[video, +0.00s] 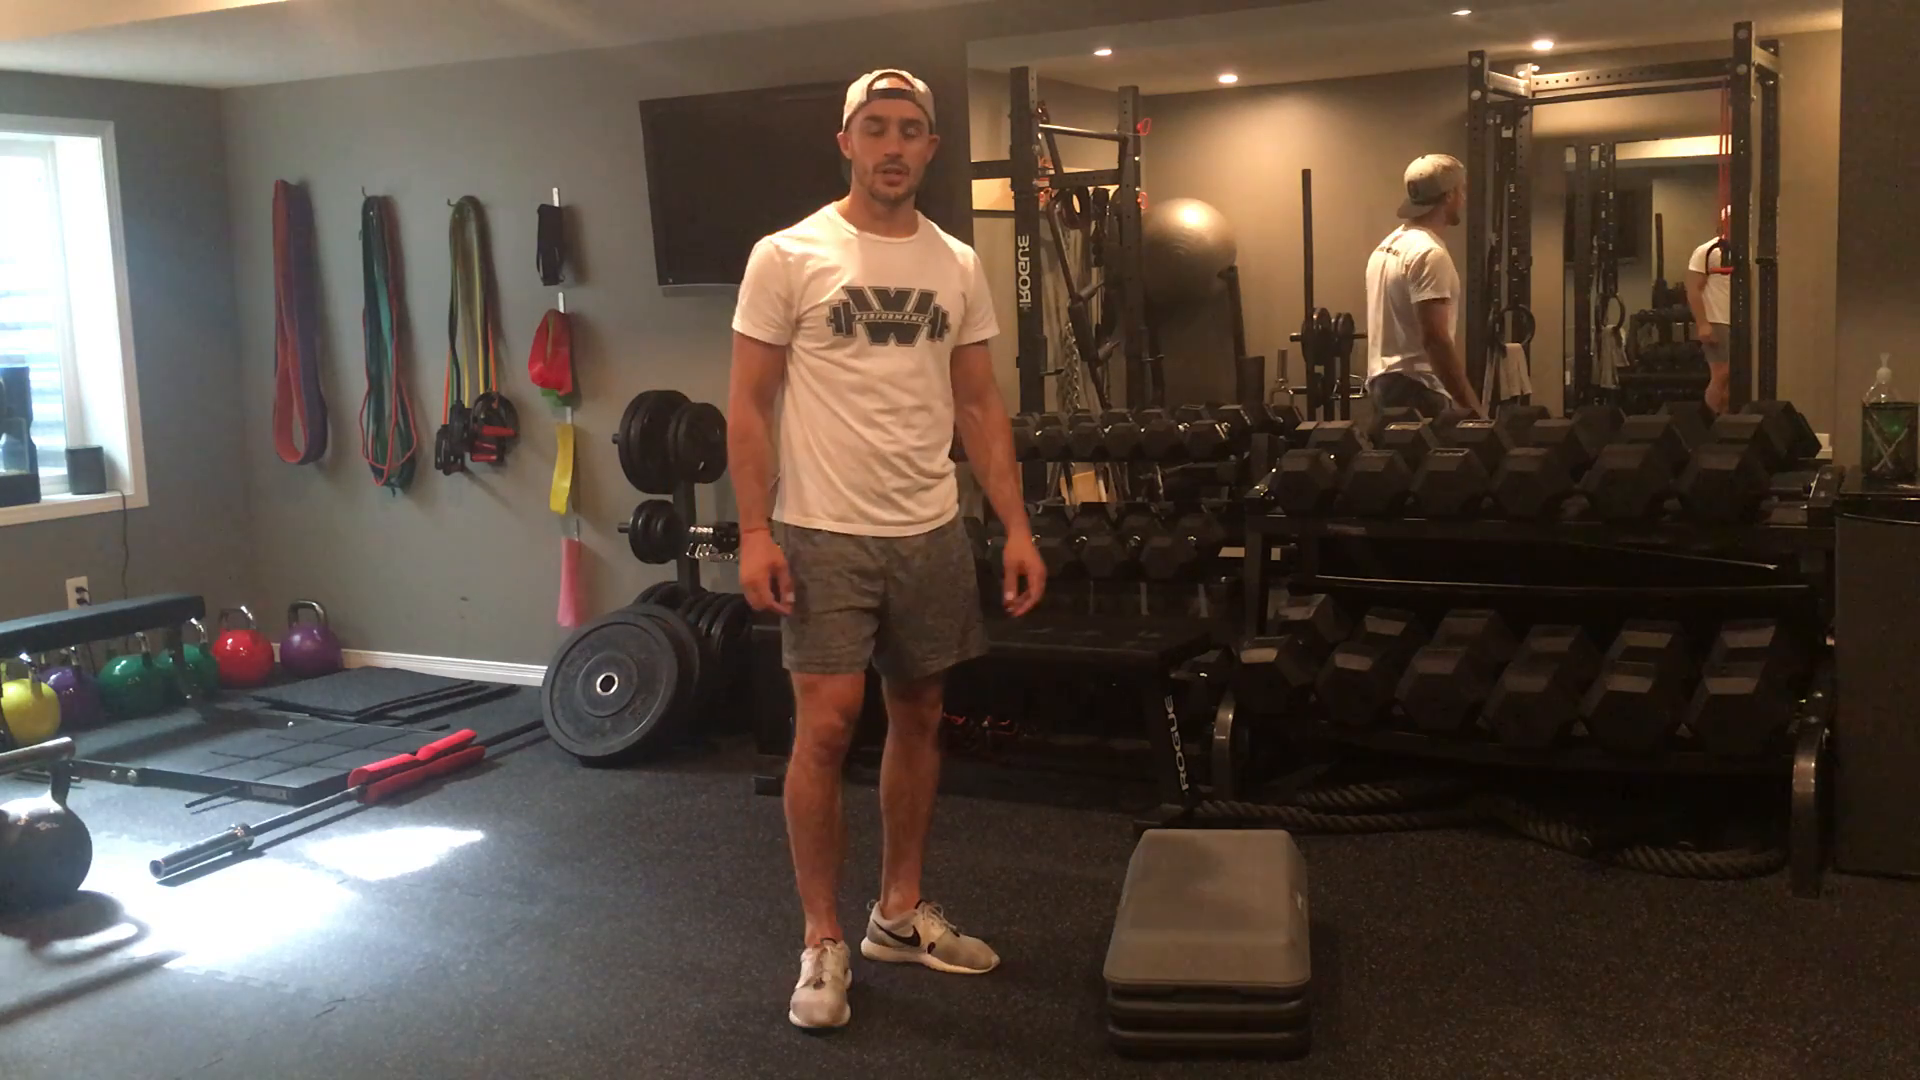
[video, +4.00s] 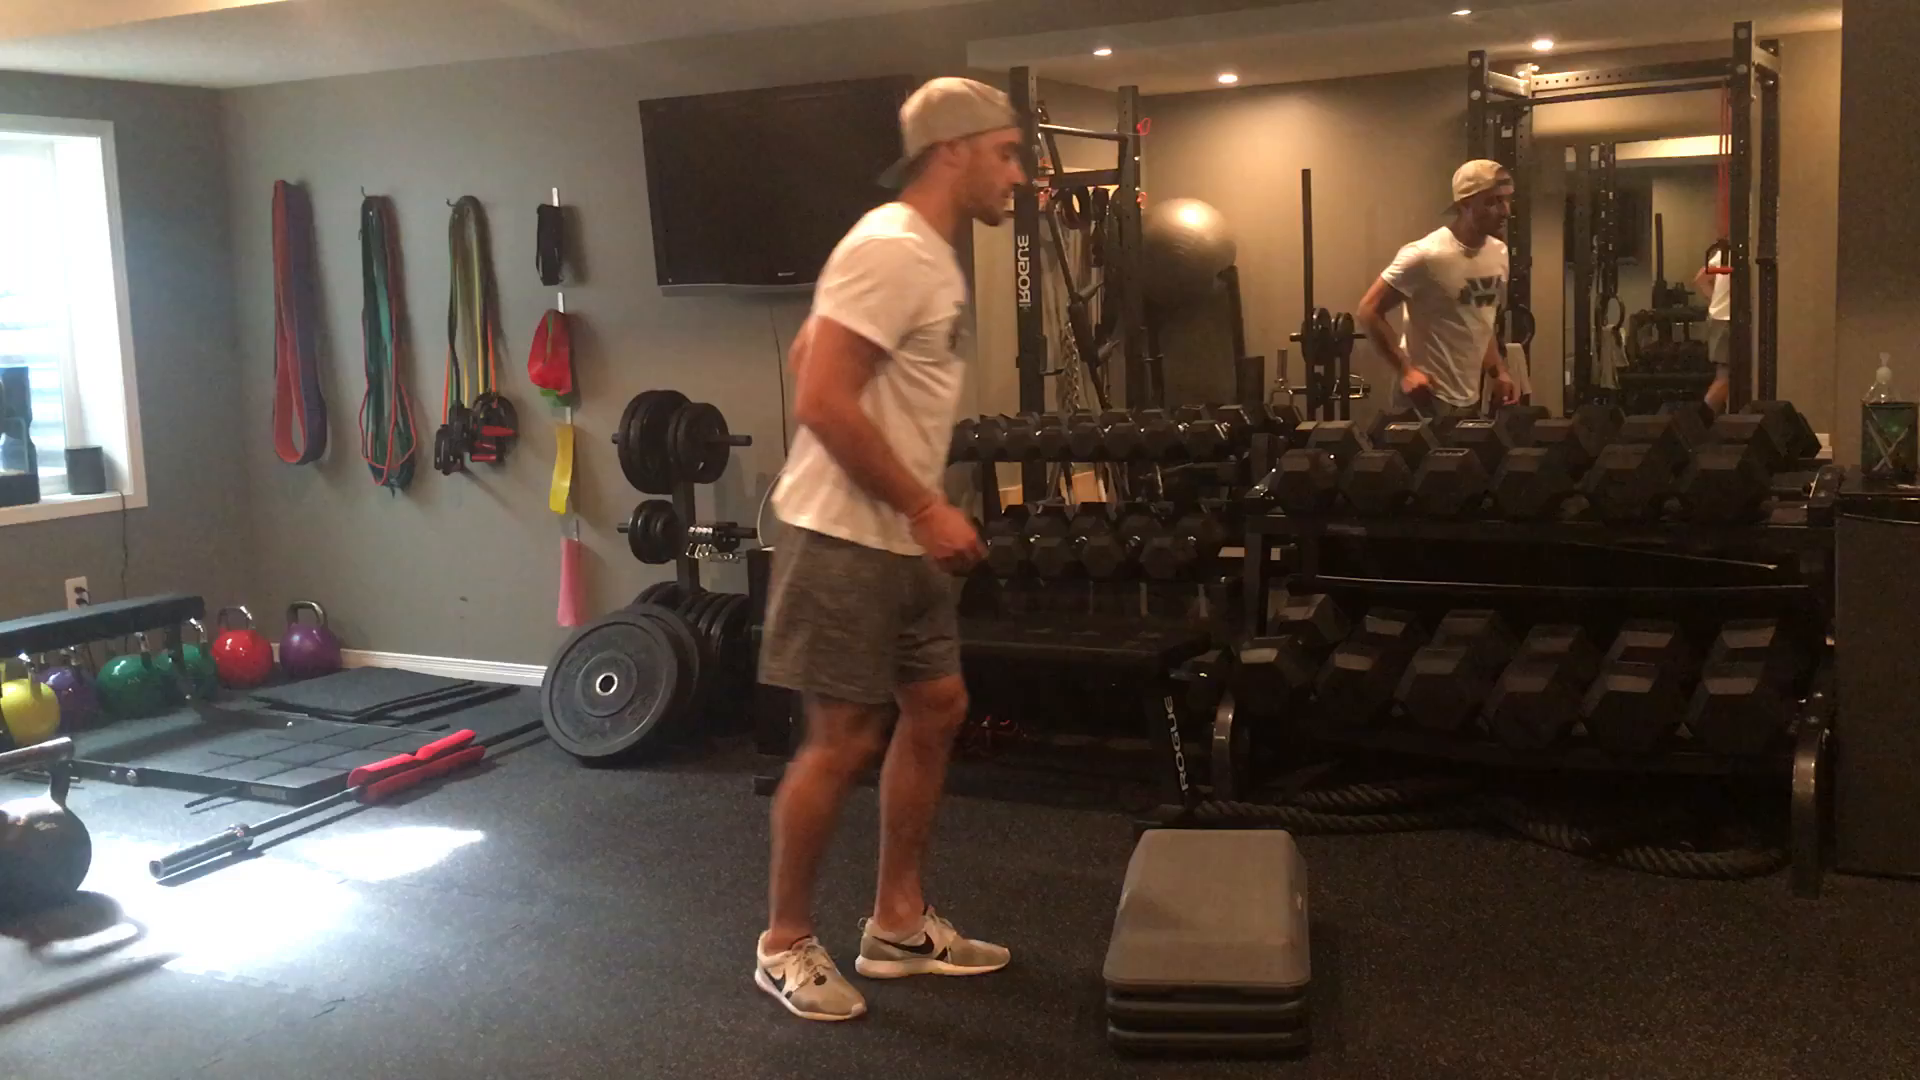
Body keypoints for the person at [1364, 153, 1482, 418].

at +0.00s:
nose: (1464, 199)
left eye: (1463, 191)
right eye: (1462, 191)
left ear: (1417, 195)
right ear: (1449, 196)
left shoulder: (1385, 248)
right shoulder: (1428, 253)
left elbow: (1384, 329)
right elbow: (1436, 340)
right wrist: (1473, 408)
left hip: (1383, 388)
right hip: (1417, 392)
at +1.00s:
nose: (1472, 213)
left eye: (1473, 203)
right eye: (1468, 201)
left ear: (1441, 196)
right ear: (1444, 196)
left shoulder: (1394, 244)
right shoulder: (1423, 255)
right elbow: (1426, 343)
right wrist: (1462, 403)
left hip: (1393, 386)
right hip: (1418, 392)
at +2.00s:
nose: (1464, 196)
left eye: (1463, 188)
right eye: (1462, 188)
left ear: (1418, 197)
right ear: (1451, 193)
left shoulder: (1388, 253)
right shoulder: (1441, 250)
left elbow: (1386, 333)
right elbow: (1451, 338)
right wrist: (1483, 400)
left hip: (1391, 388)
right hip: (1431, 391)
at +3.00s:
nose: (1469, 202)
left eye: (1469, 193)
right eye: (1468, 193)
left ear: (1425, 195)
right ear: (1453, 193)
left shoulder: (1399, 245)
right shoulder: (1429, 253)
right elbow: (1430, 339)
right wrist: (1462, 405)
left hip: (1393, 386)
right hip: (1419, 391)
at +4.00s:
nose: (1507, 211)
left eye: (1509, 201)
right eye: (1497, 202)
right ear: (1468, 204)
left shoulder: (1499, 252)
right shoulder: (1423, 255)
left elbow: (1482, 323)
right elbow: (1368, 311)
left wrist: (1499, 371)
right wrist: (1406, 370)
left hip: (1469, 404)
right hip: (1426, 403)